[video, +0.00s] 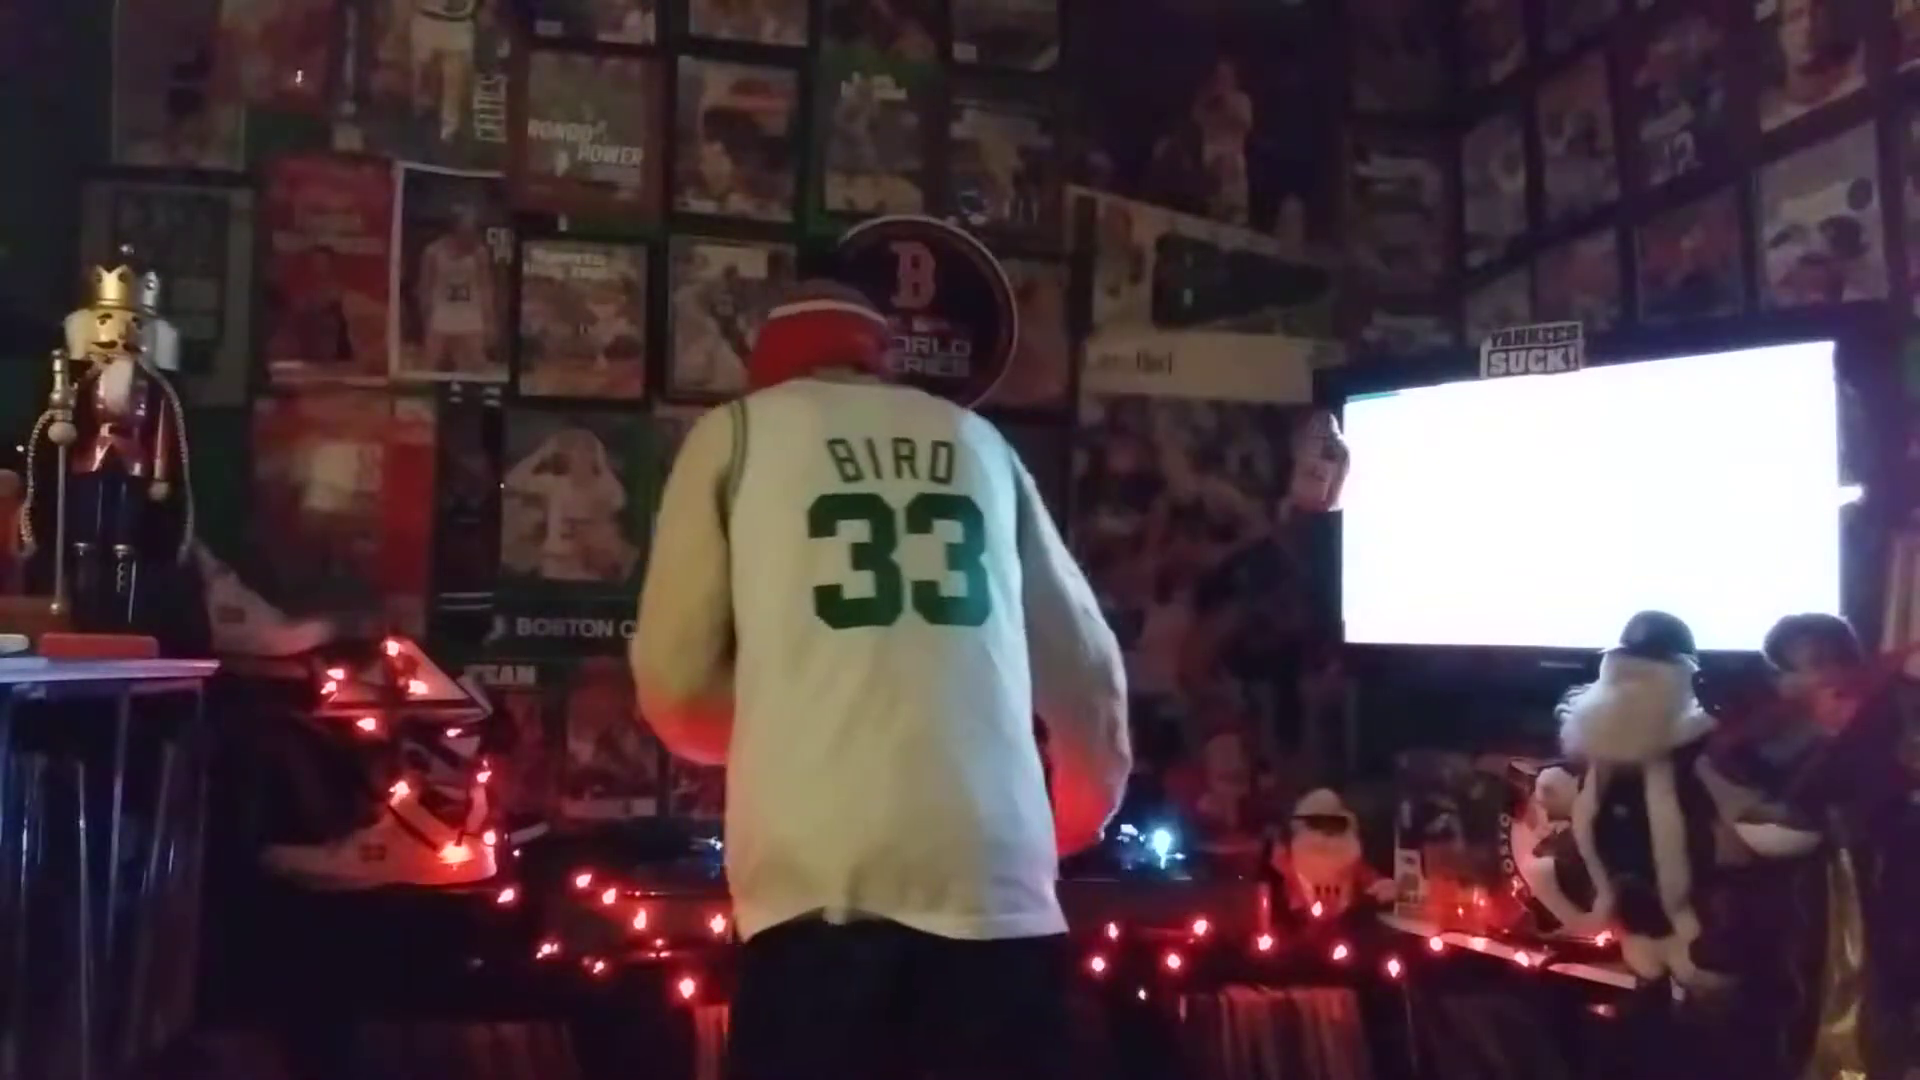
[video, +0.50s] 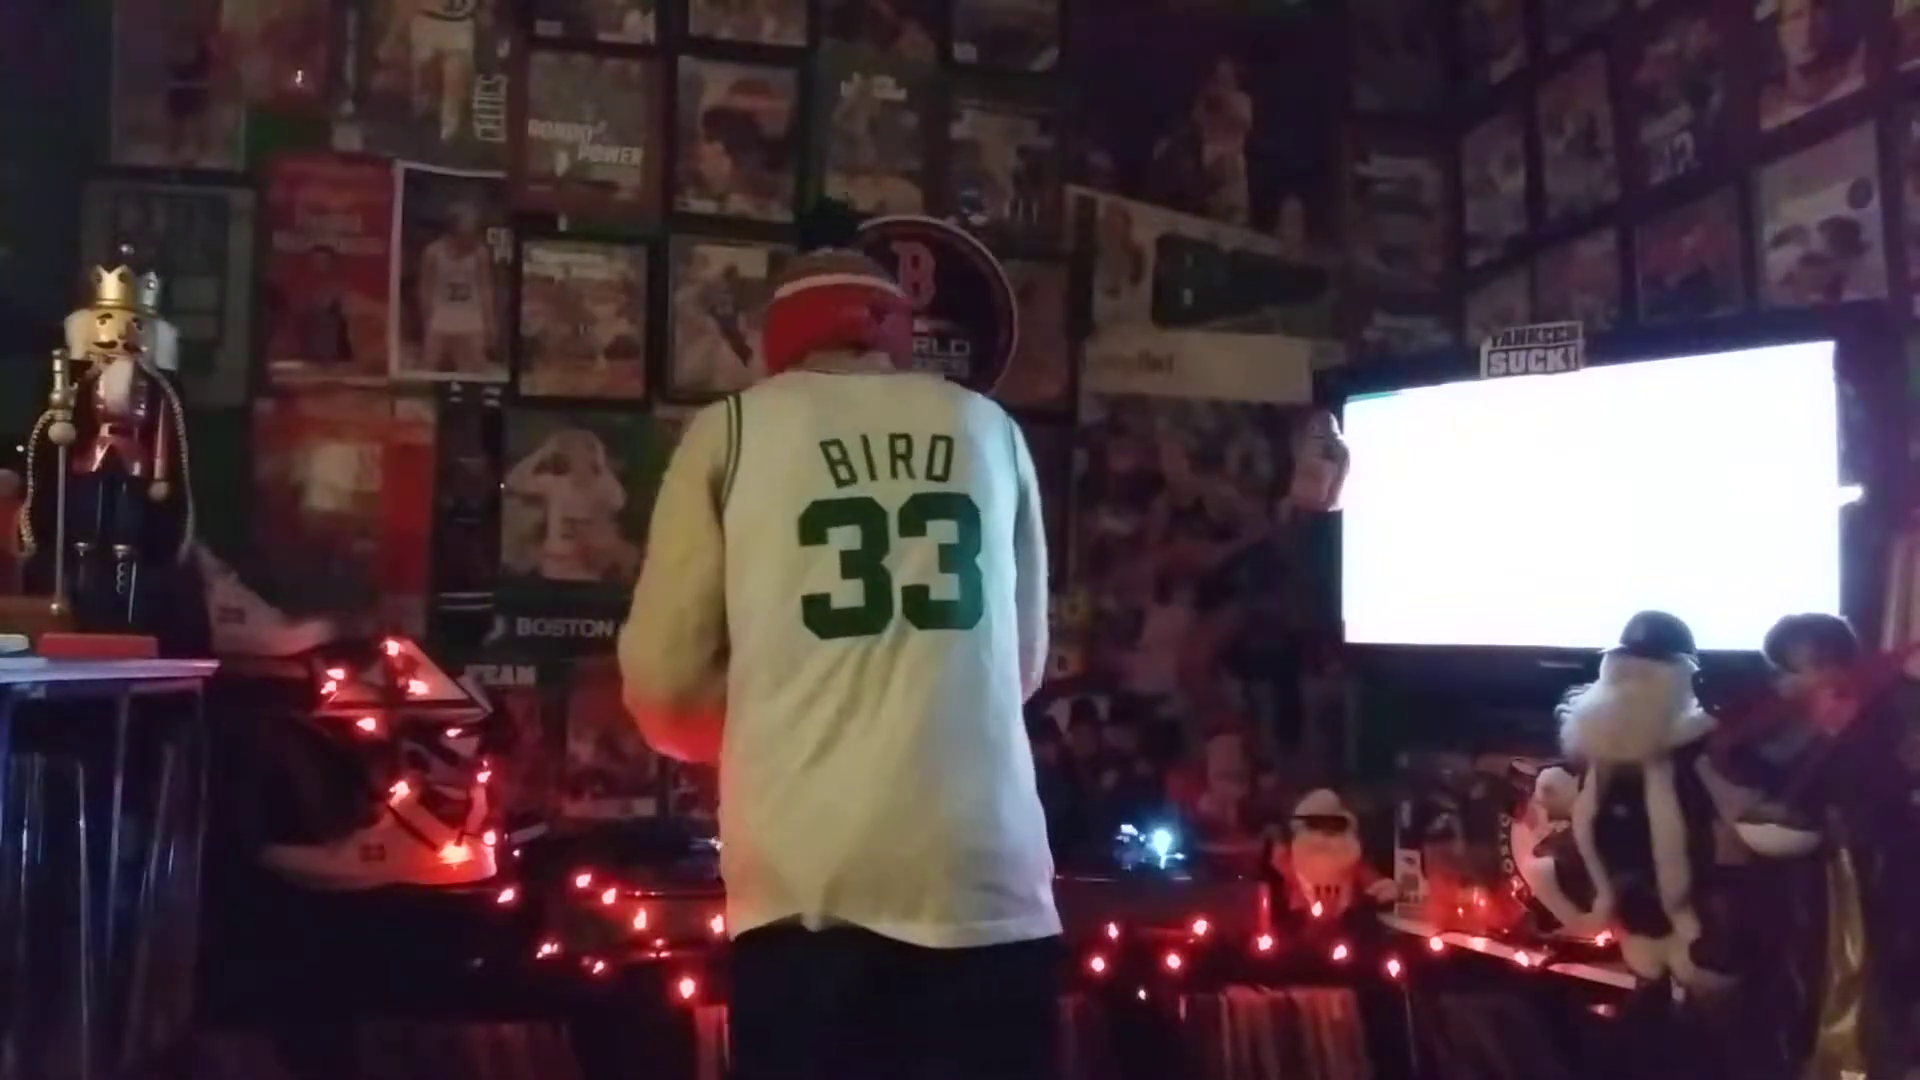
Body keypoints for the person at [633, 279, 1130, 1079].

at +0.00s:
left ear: (768, 361)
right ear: (879, 357)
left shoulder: (730, 435)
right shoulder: (984, 444)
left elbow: (674, 684)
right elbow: (1090, 678)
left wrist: (794, 731)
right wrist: (1052, 835)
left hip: (814, 901)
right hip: (998, 902)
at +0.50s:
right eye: (897, 323)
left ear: (774, 341)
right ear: (891, 332)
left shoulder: (727, 430)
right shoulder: (994, 429)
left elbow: (662, 685)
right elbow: (1024, 663)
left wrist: (776, 736)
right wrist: (910, 719)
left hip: (800, 892)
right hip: (989, 890)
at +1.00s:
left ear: (879, 321)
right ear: (1003, 326)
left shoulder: (821, 424)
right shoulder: (1091, 431)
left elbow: (746, 677)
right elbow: (1162, 664)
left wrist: (845, 764)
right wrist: (1062, 783)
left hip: (864, 895)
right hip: (1048, 901)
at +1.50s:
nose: (987, 323)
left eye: (990, 307)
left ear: (996, 314)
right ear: (1112, 327)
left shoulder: (919, 421)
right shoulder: (1191, 437)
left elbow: (844, 667)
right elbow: (1249, 675)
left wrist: (943, 753)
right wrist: (1157, 779)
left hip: (946, 893)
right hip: (1136, 901)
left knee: (924, 1063)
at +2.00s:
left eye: (1004, 343)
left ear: (1011, 341)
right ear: (1134, 360)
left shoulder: (961, 411)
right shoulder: (1213, 455)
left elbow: (876, 661)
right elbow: (1216, 688)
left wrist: (950, 766)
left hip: (975, 884)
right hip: (1156, 903)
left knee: (933, 1061)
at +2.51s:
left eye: (915, 358)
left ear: (925, 355)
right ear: (1041, 365)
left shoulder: (883, 418)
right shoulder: (1131, 450)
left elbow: (816, 686)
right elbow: (1142, 662)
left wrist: (924, 737)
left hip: (940, 922)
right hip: (1126, 930)